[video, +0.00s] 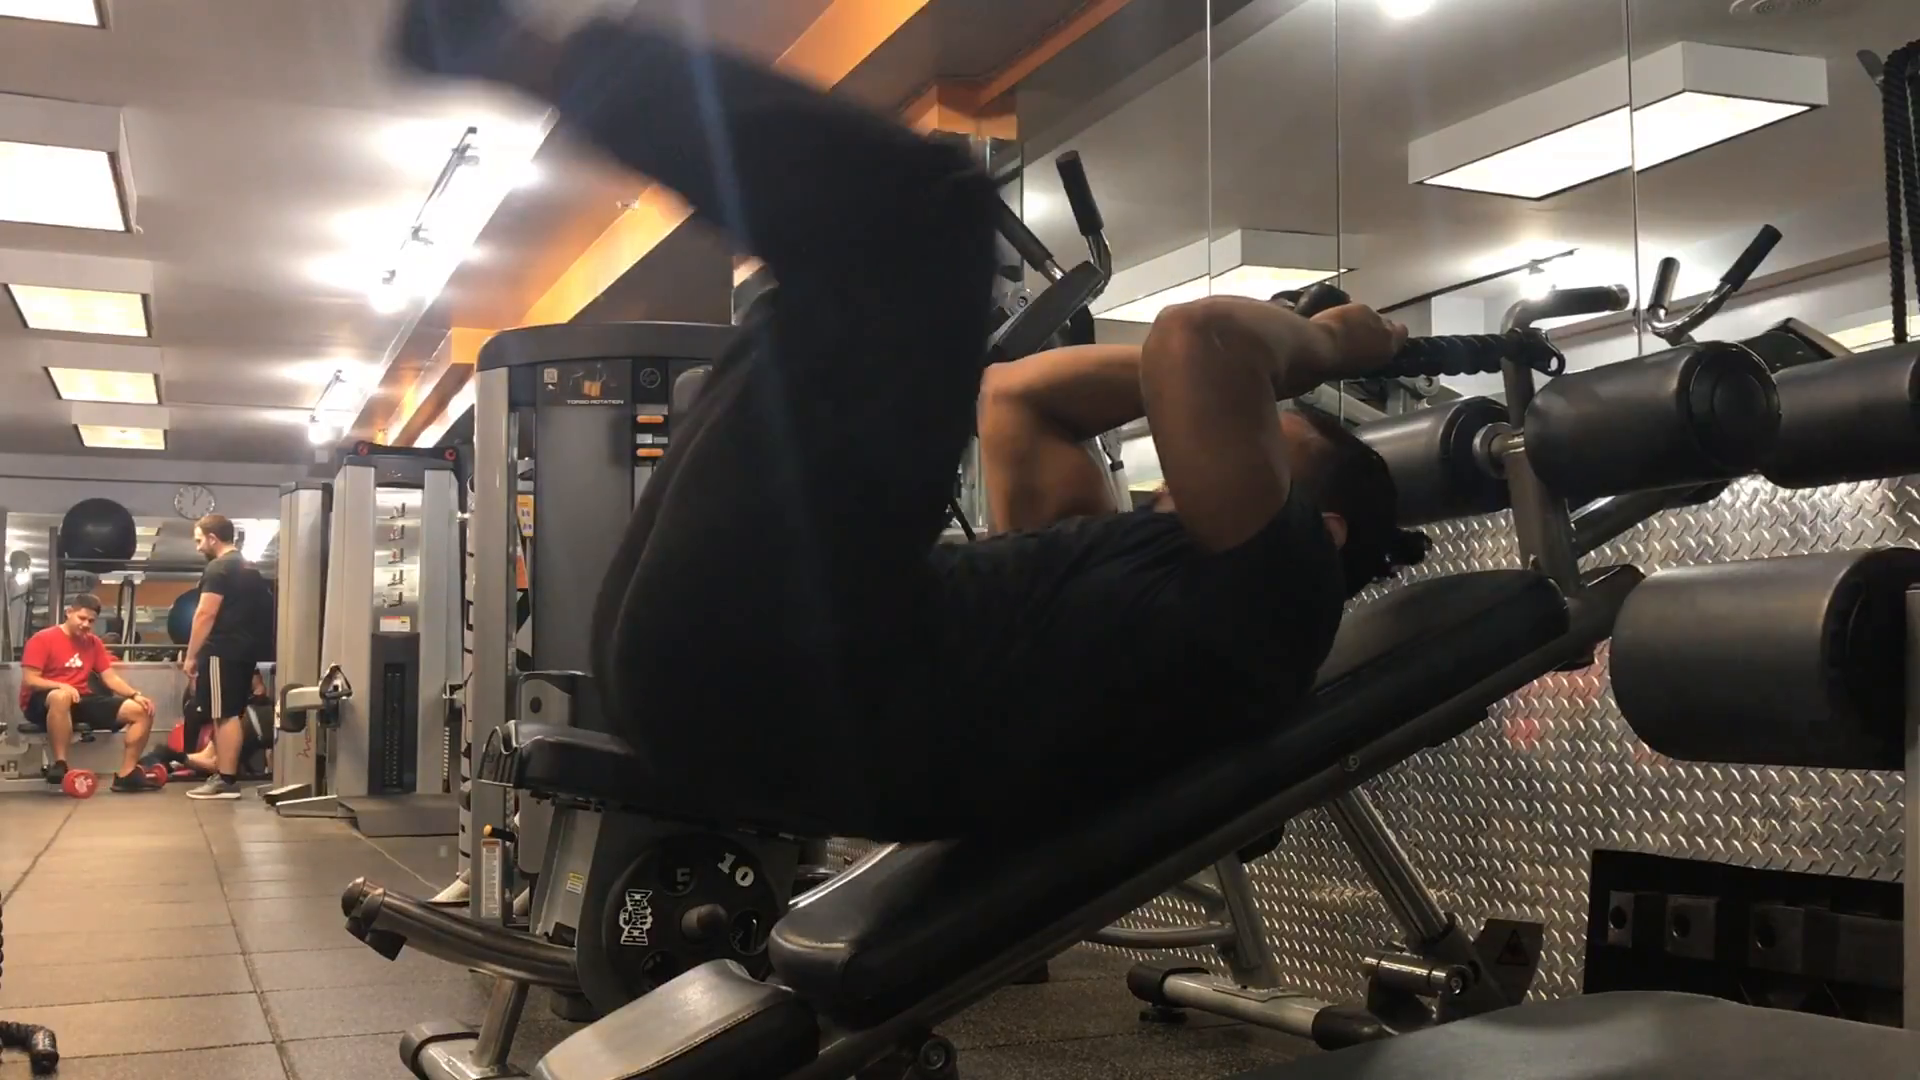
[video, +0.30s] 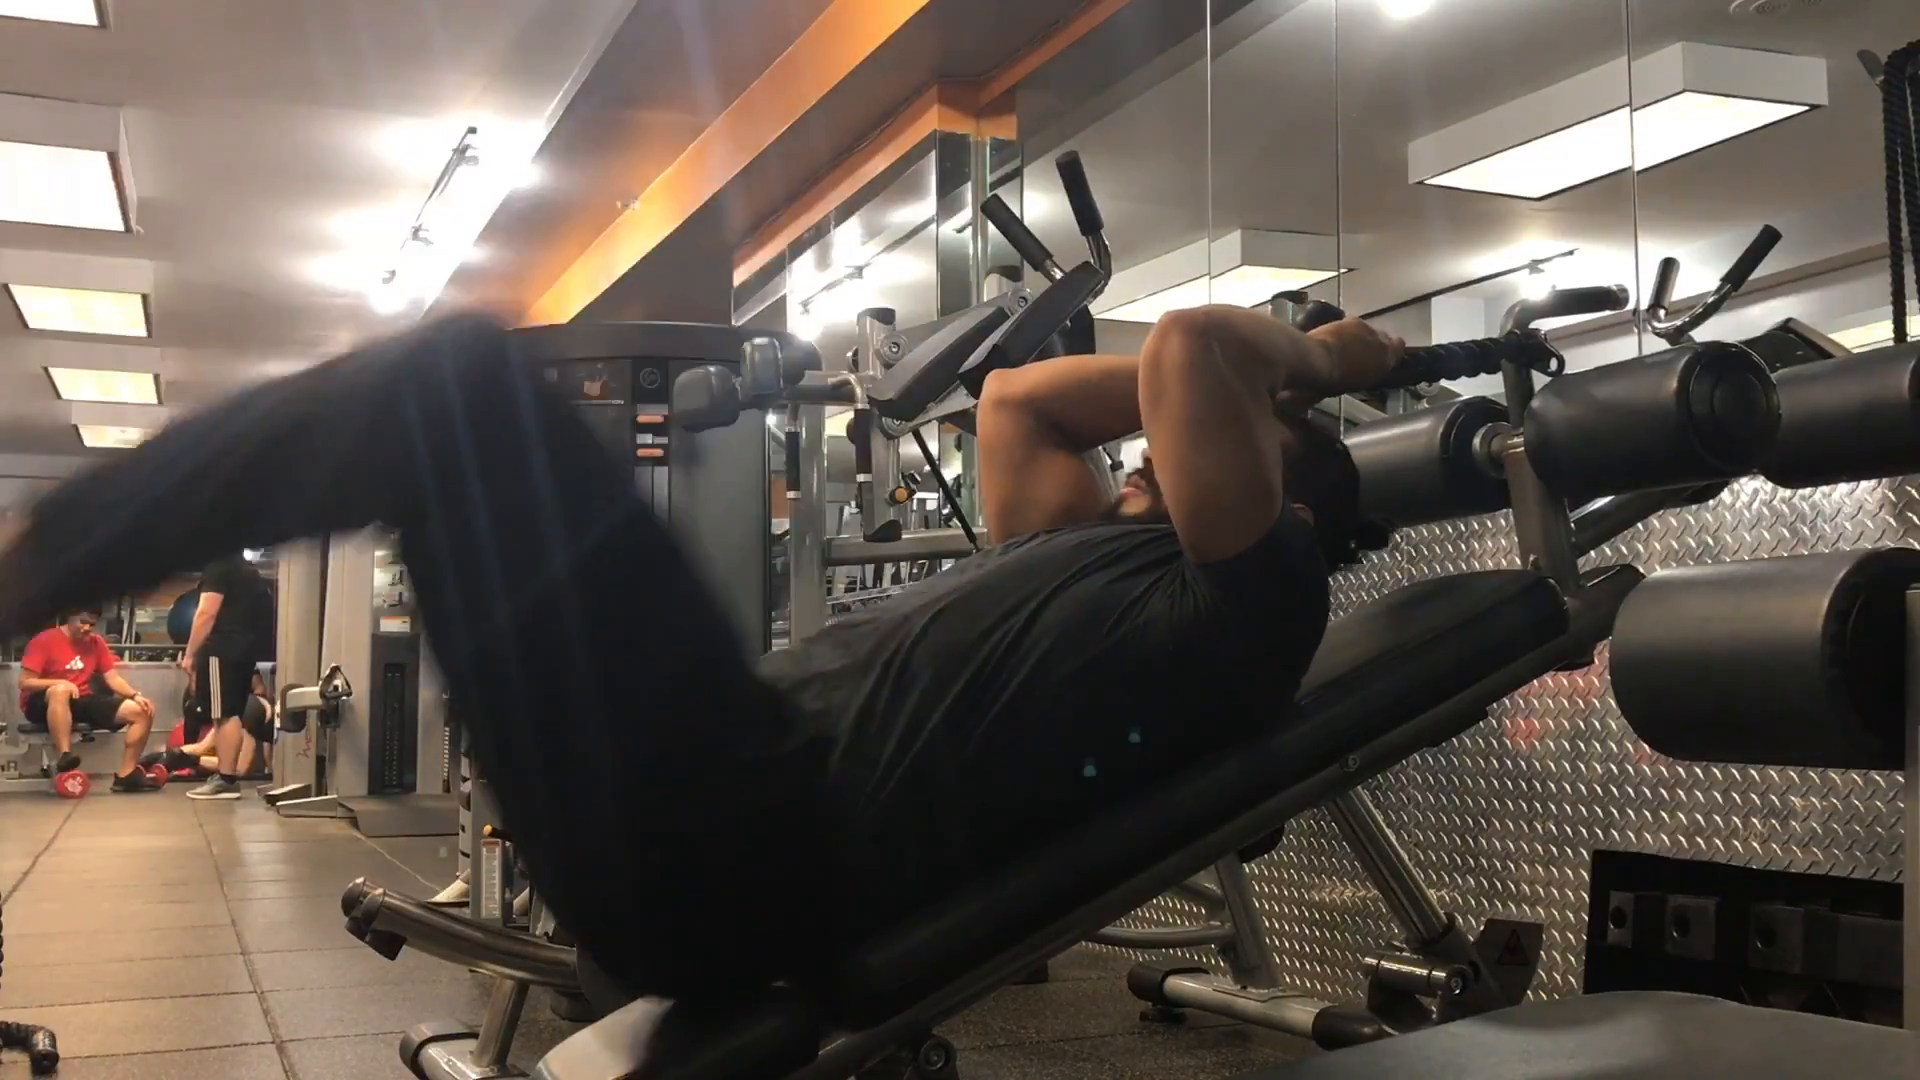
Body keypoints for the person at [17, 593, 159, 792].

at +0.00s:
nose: (85, 625)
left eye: (90, 621)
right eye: (82, 618)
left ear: (95, 621)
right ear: (68, 613)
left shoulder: (93, 643)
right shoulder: (43, 639)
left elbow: (110, 677)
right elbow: (30, 679)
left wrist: (135, 694)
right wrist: (62, 686)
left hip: (82, 702)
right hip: (42, 704)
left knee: (141, 711)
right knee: (60, 696)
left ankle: (127, 774)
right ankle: (60, 764)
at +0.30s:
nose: (87, 628)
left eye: (92, 624)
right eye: (83, 622)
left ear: (96, 624)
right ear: (69, 618)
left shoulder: (95, 642)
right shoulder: (44, 641)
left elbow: (113, 678)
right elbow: (25, 682)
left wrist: (135, 695)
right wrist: (62, 684)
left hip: (82, 702)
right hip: (42, 704)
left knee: (143, 712)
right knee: (61, 690)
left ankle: (126, 774)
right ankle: (64, 756)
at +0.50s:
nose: (87, 631)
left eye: (93, 626)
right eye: (83, 624)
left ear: (97, 625)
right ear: (71, 616)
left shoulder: (99, 644)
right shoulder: (43, 643)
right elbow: (28, 683)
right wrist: (66, 684)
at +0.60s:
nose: (88, 631)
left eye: (93, 626)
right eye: (83, 625)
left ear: (97, 625)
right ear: (71, 617)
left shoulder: (98, 642)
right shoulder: (45, 642)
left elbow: (113, 677)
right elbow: (28, 684)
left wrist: (136, 695)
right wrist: (65, 686)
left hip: (84, 702)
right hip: (43, 705)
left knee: (142, 712)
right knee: (63, 692)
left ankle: (126, 769)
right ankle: (65, 761)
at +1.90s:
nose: (81, 619)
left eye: (85, 614)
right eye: (75, 614)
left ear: (90, 615)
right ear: (61, 616)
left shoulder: (96, 637)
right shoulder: (45, 641)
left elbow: (119, 665)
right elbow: (47, 680)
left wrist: (135, 693)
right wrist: (88, 671)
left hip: (86, 702)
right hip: (44, 704)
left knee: (142, 712)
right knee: (71, 693)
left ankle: (125, 775)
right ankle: (72, 765)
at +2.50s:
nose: (83, 620)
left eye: (86, 614)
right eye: (76, 616)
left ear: (92, 615)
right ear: (64, 620)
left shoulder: (99, 635)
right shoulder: (48, 641)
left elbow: (134, 661)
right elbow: (52, 681)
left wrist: (144, 694)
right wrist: (95, 684)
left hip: (86, 704)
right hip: (45, 705)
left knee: (144, 711)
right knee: (68, 693)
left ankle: (125, 775)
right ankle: (71, 764)